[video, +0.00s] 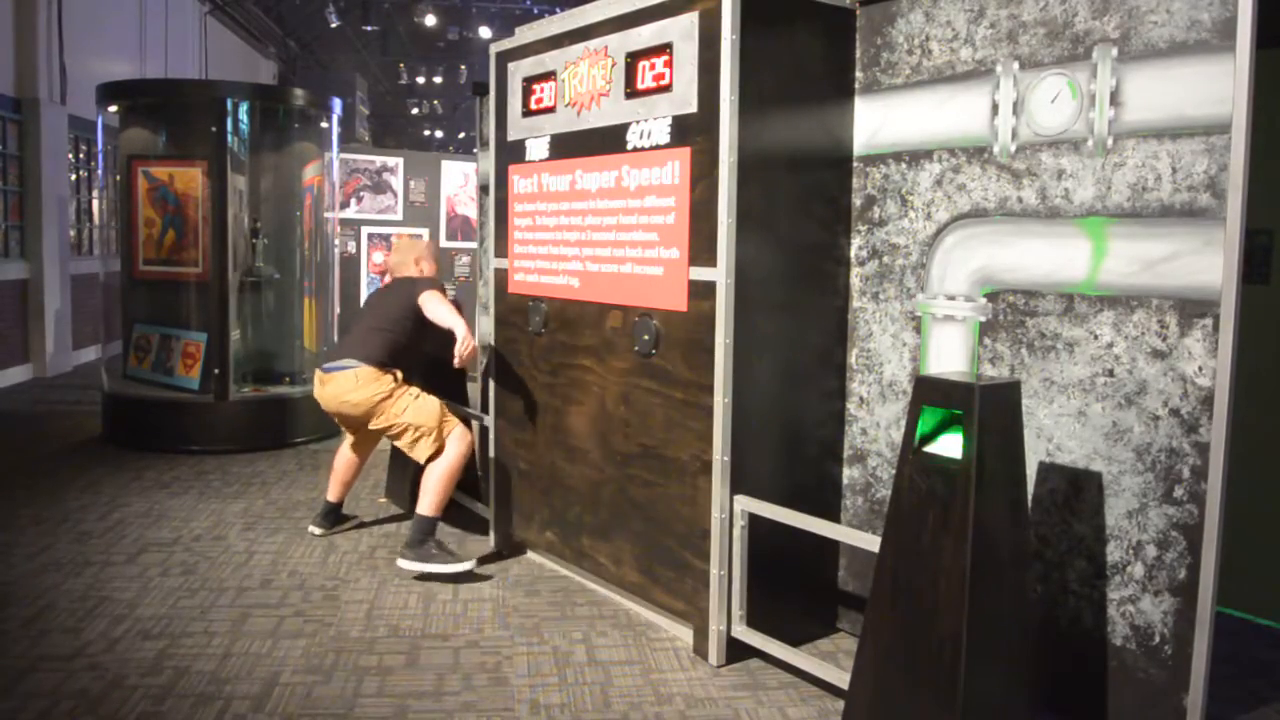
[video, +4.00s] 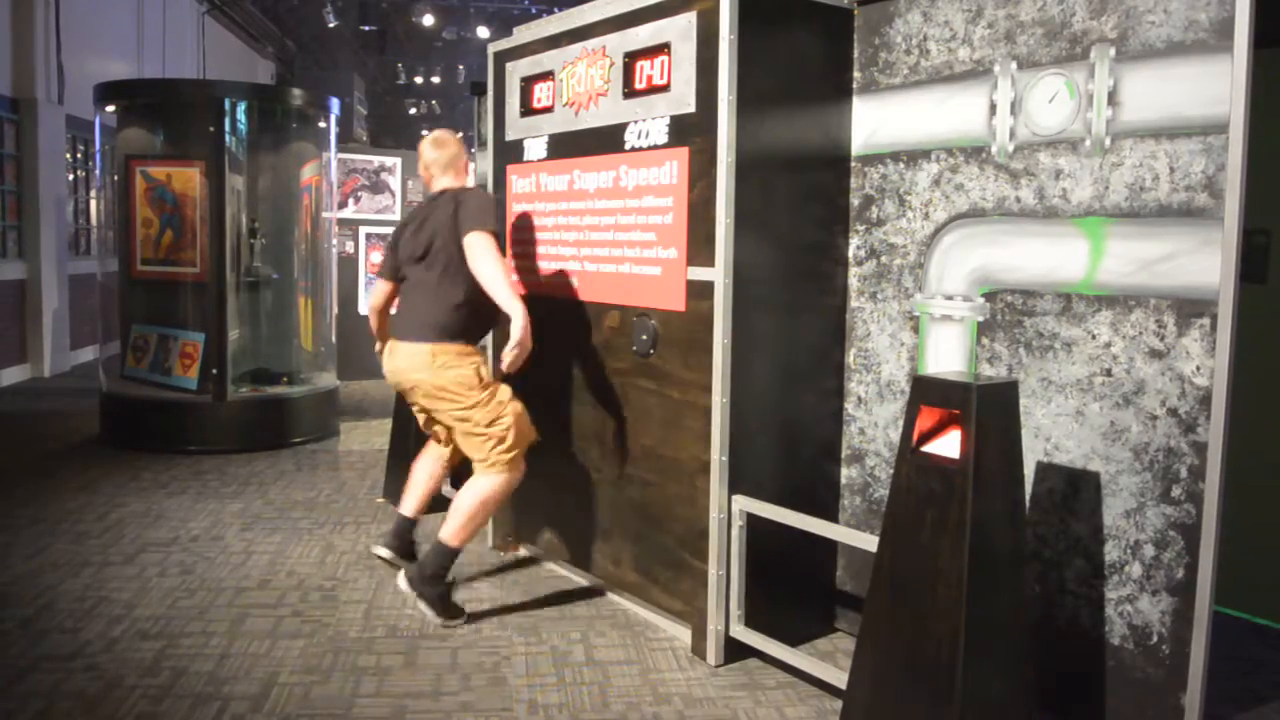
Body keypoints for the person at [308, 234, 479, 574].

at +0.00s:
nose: (436, 270)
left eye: (434, 265)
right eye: (433, 265)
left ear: (395, 268)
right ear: (421, 264)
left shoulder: (381, 293)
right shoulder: (421, 286)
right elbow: (433, 305)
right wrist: (461, 329)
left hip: (326, 383)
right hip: (366, 383)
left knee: (364, 432)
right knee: (457, 438)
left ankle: (328, 513)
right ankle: (420, 543)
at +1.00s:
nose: (788, 408)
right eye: (782, 395)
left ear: (729, 374)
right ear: (739, 387)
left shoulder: (661, 371)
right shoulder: (709, 409)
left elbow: (588, 383)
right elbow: (803, 471)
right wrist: (914, 465)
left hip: (503, 460)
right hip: (538, 477)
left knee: (577, 529)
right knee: (663, 596)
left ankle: (506, 634)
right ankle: (620, 716)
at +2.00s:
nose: (418, 267)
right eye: (415, 263)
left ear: (377, 277)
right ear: (414, 269)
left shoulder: (372, 310)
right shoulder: (431, 299)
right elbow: (455, 348)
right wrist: (475, 407)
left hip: (337, 407)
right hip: (384, 414)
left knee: (370, 441)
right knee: (450, 490)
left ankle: (341, 519)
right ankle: (375, 564)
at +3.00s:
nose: (615, 244)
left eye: (615, 234)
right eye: (607, 234)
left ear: (571, 233)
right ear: (569, 233)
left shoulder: (537, 279)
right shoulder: (565, 289)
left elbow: (511, 360)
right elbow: (634, 351)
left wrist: (540, 421)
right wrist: (735, 373)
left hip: (459, 433)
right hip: (500, 437)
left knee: (504, 509)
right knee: (587, 543)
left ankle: (439, 617)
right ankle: (638, 706)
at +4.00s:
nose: (470, 169)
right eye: (468, 162)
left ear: (423, 173)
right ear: (466, 166)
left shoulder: (410, 221)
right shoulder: (474, 200)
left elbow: (377, 303)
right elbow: (480, 253)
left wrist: (386, 344)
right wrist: (519, 314)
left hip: (401, 356)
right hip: (445, 356)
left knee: (446, 436)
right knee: (504, 460)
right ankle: (431, 574)